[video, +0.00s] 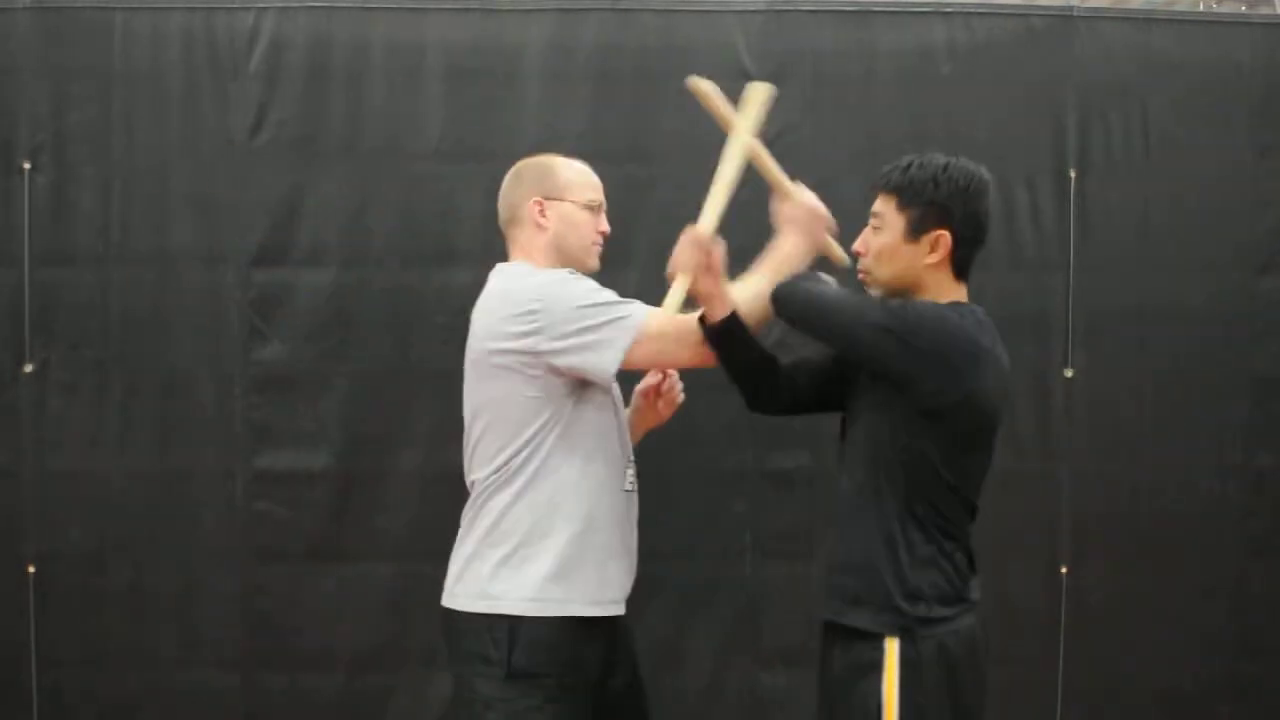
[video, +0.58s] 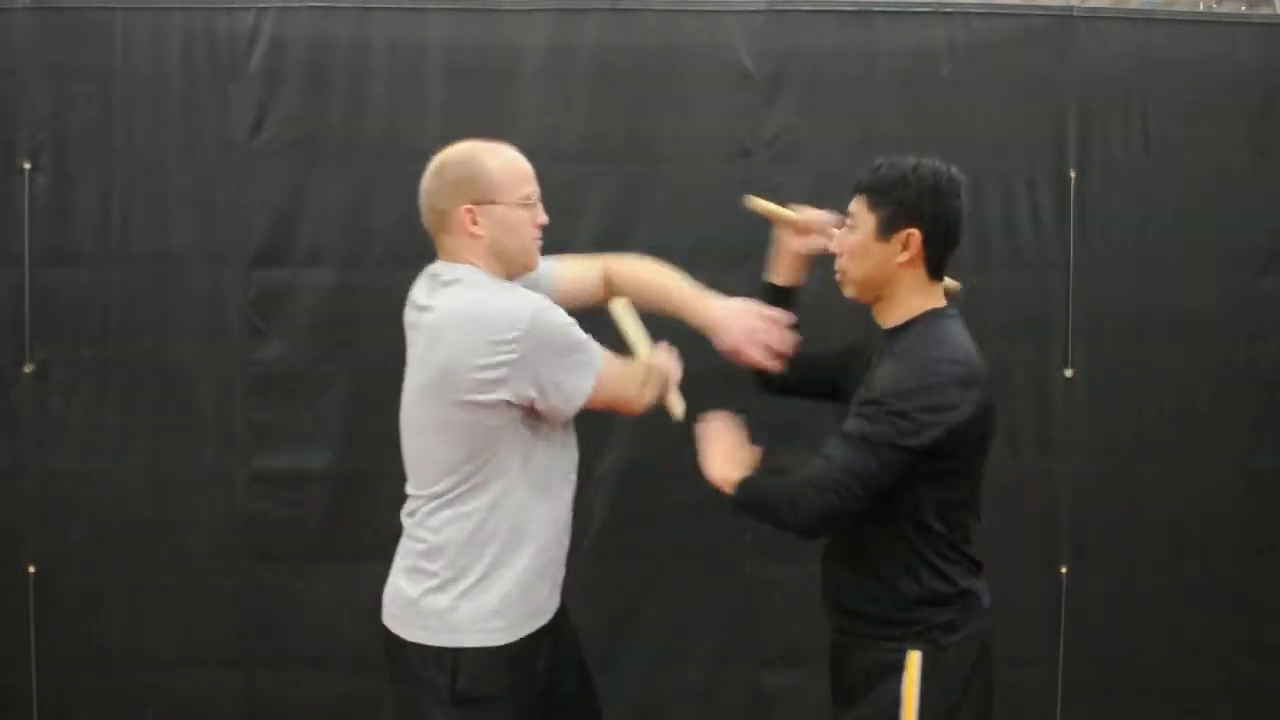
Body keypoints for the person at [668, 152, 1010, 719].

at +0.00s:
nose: (858, 244)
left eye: (877, 227)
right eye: (866, 226)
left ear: (935, 246)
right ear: (933, 248)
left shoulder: (954, 338)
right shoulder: (896, 341)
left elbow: (792, 296)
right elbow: (772, 390)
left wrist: (804, 240)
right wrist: (714, 297)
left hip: (908, 641)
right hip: (869, 635)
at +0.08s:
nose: (859, 245)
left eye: (874, 230)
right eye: (866, 228)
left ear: (930, 247)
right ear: (928, 248)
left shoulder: (939, 344)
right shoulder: (922, 341)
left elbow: (787, 356)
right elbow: (788, 398)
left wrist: (836, 298)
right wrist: (742, 283)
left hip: (895, 647)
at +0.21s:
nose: (852, 251)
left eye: (864, 233)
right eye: (857, 232)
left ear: (913, 247)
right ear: (919, 250)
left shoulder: (897, 362)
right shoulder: (972, 347)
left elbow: (757, 439)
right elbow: (858, 414)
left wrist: (777, 336)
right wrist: (813, 327)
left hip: (876, 649)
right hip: (944, 634)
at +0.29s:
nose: (840, 247)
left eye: (851, 231)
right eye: (845, 230)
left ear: (898, 246)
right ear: (905, 249)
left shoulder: (871, 364)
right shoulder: (974, 356)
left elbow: (742, 466)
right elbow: (871, 426)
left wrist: (712, 404)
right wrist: (772, 397)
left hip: (877, 653)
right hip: (957, 634)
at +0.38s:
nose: (829, 248)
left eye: (840, 231)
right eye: (835, 230)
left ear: (886, 248)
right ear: (897, 251)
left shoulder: (860, 366)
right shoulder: (973, 359)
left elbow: (742, 474)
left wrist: (691, 434)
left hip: (878, 651)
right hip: (961, 637)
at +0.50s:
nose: (830, 245)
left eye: (844, 230)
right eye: (838, 227)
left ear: (894, 248)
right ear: (900, 250)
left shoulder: (891, 368)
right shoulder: (946, 341)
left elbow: (774, 491)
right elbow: (832, 404)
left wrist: (691, 472)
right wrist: (851, 295)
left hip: (894, 652)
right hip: (942, 633)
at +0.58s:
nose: (836, 244)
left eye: (850, 228)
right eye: (842, 228)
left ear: (905, 246)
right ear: (903, 248)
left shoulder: (932, 366)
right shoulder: (900, 348)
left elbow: (816, 501)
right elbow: (774, 370)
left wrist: (739, 472)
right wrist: (786, 268)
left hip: (914, 649)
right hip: (882, 638)